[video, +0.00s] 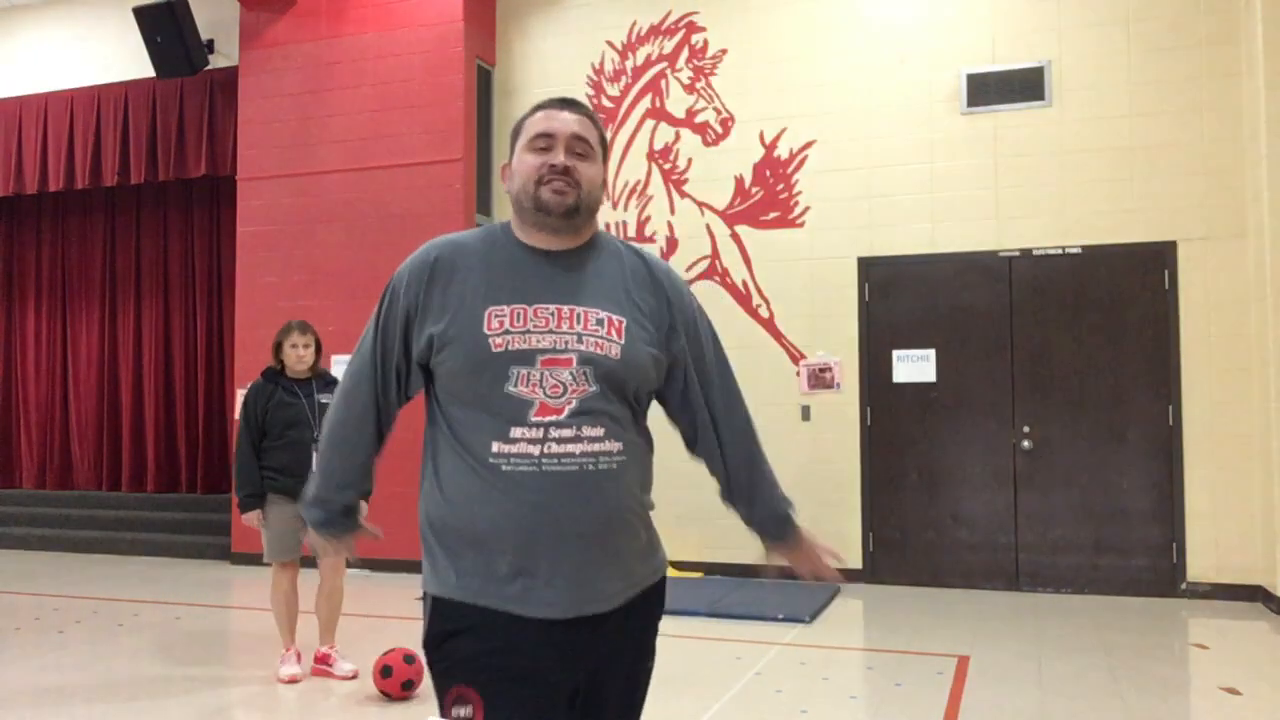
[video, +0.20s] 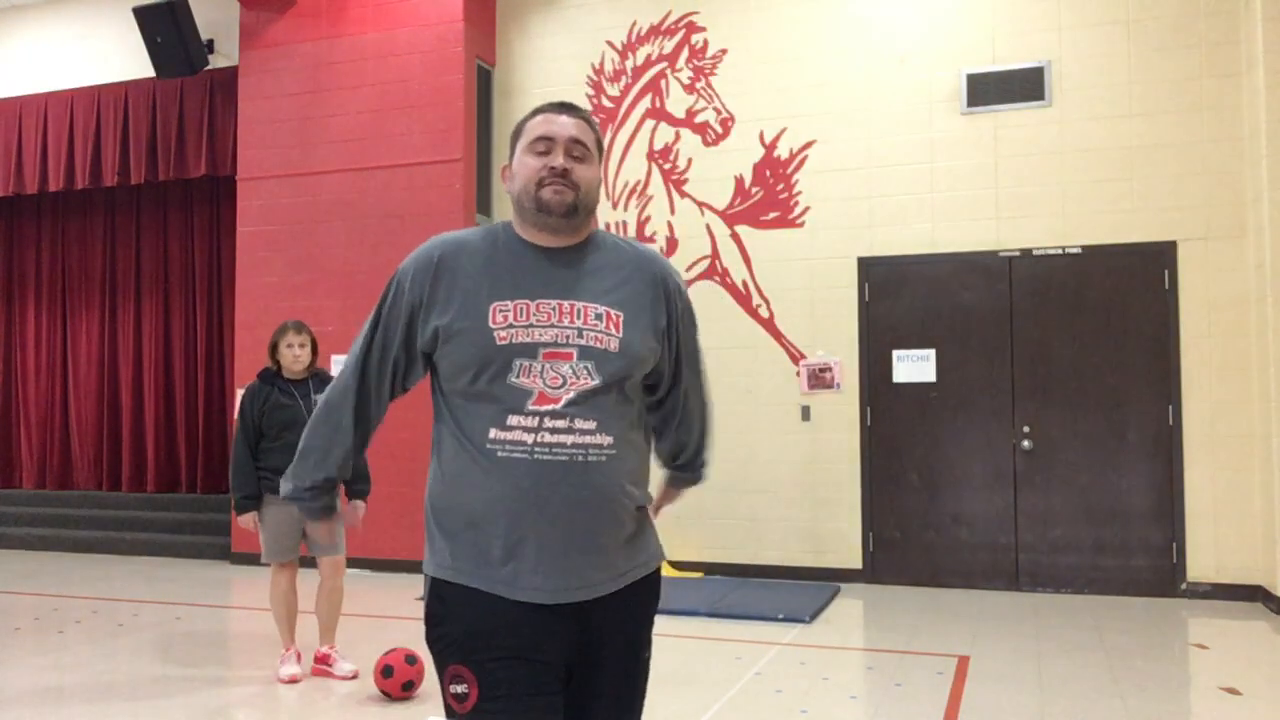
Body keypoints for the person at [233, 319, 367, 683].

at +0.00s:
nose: (301, 352)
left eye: (307, 346)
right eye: (293, 346)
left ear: (317, 350)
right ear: (280, 352)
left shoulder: (335, 389)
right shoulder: (262, 391)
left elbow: (356, 441)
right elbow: (246, 447)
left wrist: (361, 492)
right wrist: (249, 500)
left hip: (329, 493)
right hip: (280, 495)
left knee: (334, 566)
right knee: (285, 569)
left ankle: (327, 651)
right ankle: (290, 652)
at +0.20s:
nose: (297, 352)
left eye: (303, 345)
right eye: (289, 346)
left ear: (313, 350)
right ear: (276, 352)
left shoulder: (330, 387)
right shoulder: (259, 392)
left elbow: (352, 436)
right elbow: (243, 449)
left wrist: (358, 489)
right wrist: (245, 501)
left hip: (324, 493)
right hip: (277, 496)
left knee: (334, 566)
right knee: (284, 569)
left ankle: (327, 651)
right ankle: (289, 652)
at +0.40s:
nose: (295, 351)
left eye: (301, 345)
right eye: (287, 346)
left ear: (311, 350)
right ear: (274, 352)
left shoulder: (328, 387)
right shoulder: (258, 392)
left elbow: (347, 436)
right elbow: (241, 450)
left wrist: (341, 476)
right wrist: (246, 502)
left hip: (323, 493)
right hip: (276, 495)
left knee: (330, 567)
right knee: (283, 570)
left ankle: (327, 651)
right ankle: (289, 652)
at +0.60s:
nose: (295, 351)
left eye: (301, 344)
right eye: (287, 345)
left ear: (310, 349)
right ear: (273, 351)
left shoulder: (327, 386)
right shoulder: (257, 391)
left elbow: (345, 438)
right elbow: (240, 448)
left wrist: (354, 487)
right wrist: (245, 501)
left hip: (322, 494)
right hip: (276, 495)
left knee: (331, 565)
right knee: (282, 569)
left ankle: (326, 651)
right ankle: (289, 652)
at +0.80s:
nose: (293, 350)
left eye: (299, 344)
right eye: (285, 345)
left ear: (308, 349)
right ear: (272, 351)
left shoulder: (326, 387)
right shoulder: (255, 392)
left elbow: (345, 438)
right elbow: (239, 448)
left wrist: (353, 485)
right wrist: (243, 501)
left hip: (322, 494)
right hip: (275, 495)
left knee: (329, 567)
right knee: (282, 569)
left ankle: (326, 651)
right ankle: (289, 652)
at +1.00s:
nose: (292, 350)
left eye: (298, 344)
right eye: (284, 344)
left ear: (307, 349)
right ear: (271, 351)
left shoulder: (324, 385)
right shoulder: (254, 392)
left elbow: (344, 434)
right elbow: (238, 448)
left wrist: (352, 483)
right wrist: (243, 501)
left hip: (322, 493)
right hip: (275, 495)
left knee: (329, 567)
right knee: (282, 570)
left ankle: (326, 650)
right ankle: (289, 652)